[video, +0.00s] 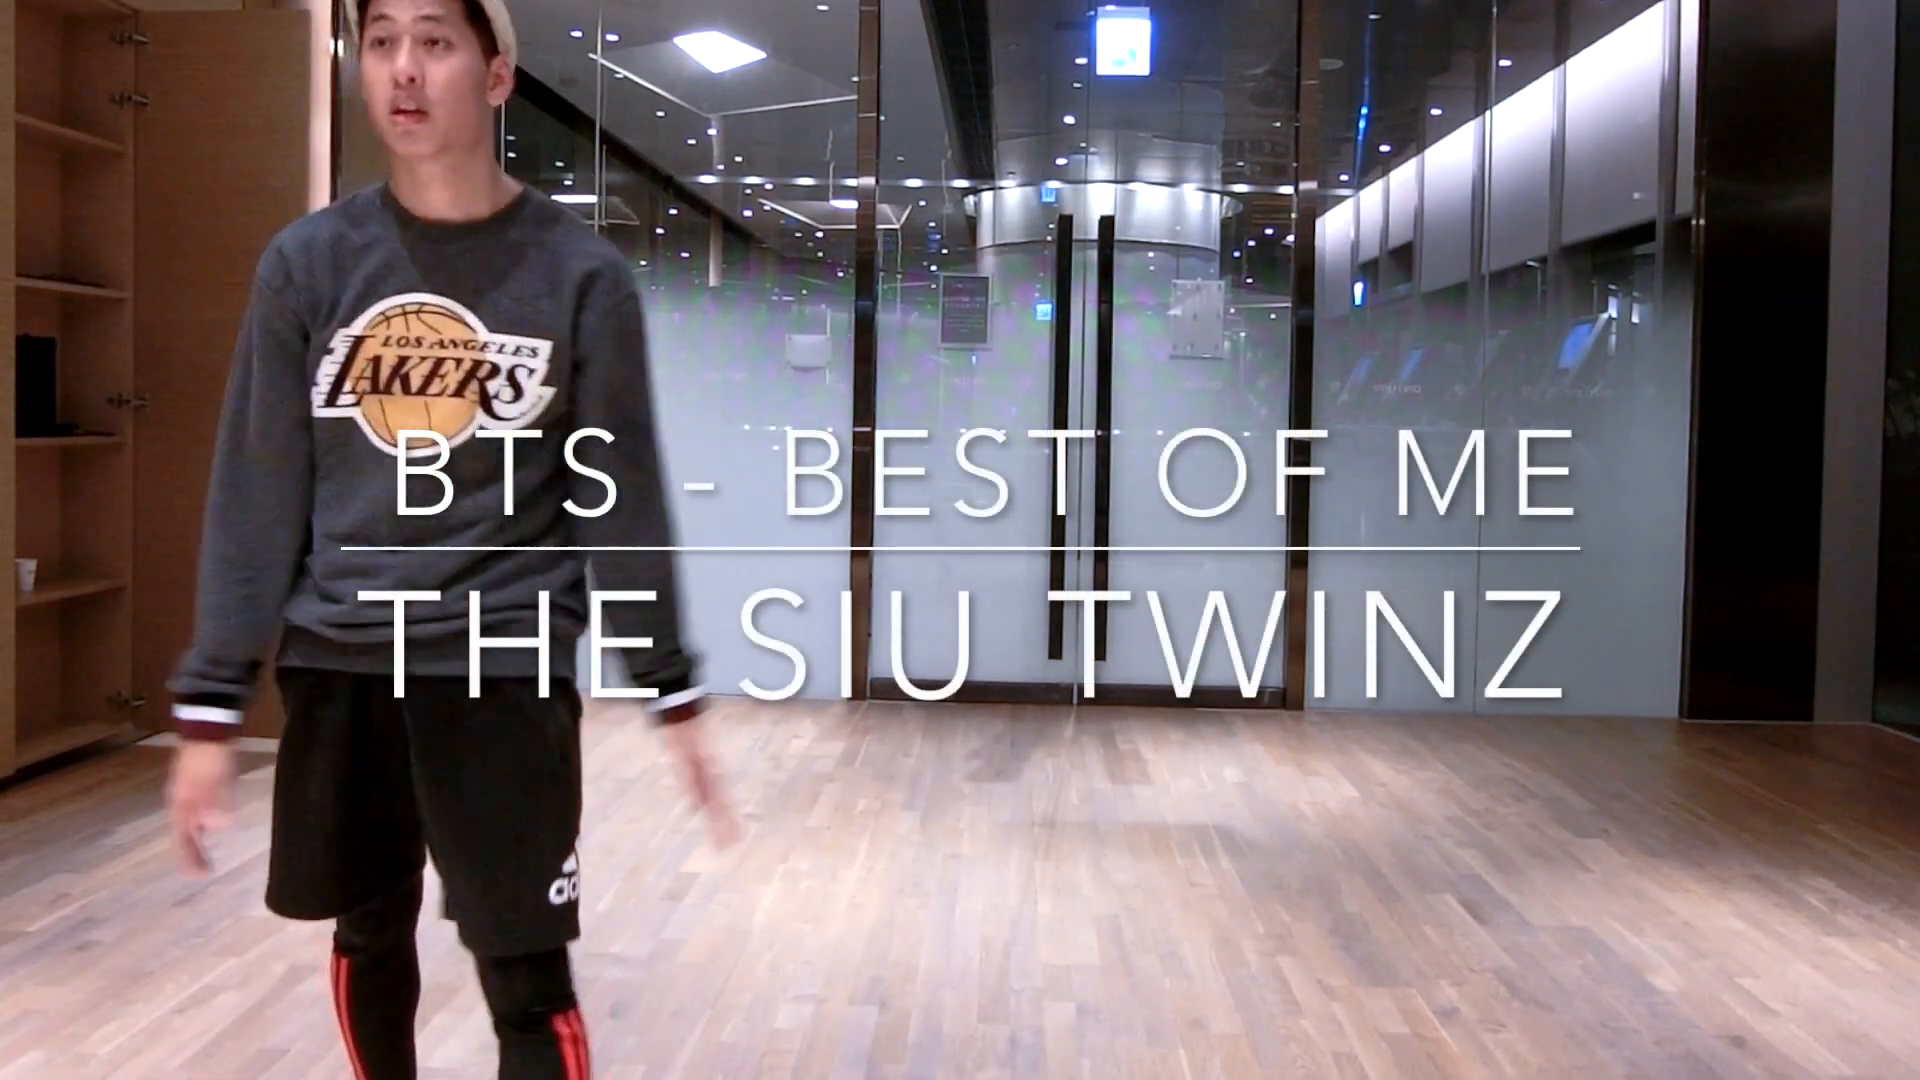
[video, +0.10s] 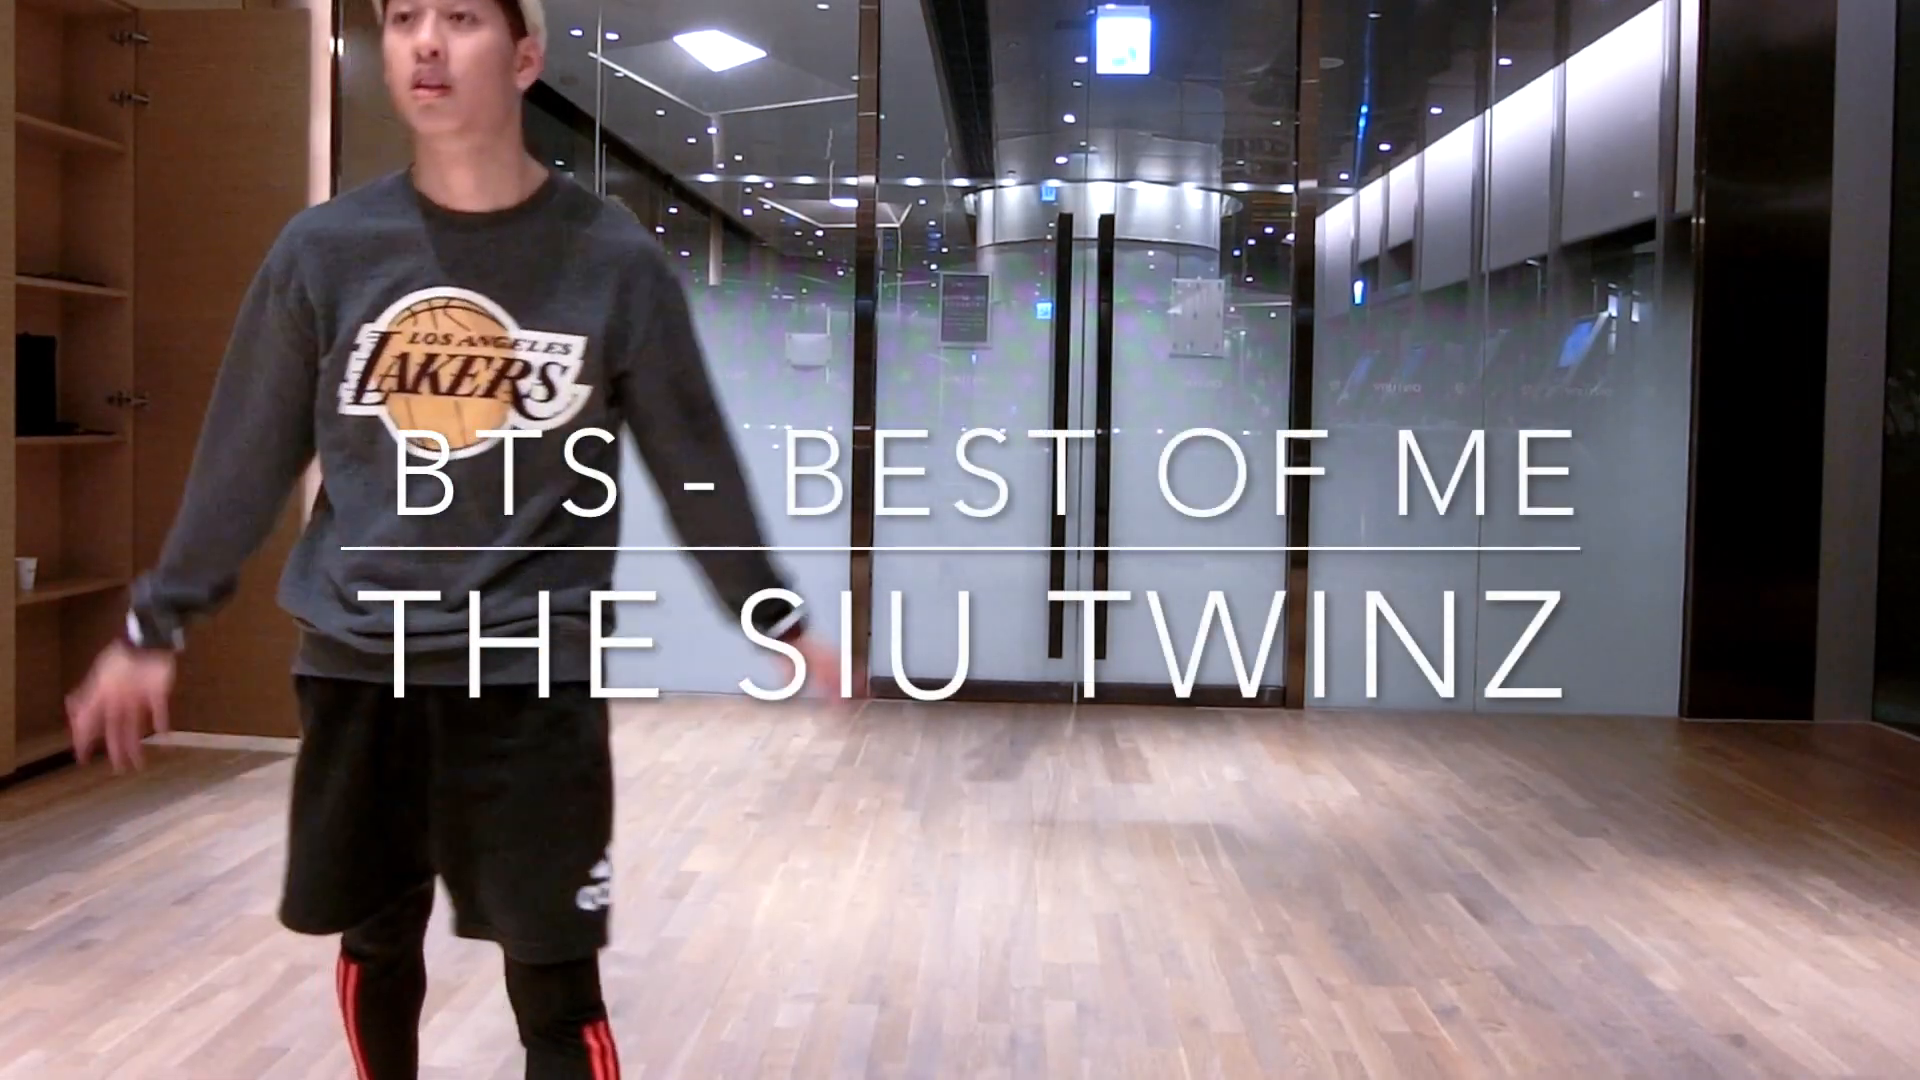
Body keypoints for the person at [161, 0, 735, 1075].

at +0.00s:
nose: (406, 72)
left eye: (437, 44)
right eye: (383, 45)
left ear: (497, 76)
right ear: (356, 77)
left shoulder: (579, 268)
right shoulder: (306, 262)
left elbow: (623, 494)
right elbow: (254, 496)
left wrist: (674, 698)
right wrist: (206, 714)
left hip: (508, 674)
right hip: (343, 671)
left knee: (524, 979)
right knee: (368, 947)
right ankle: (385, 1079)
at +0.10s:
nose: (426, 42)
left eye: (459, 19)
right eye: (405, 20)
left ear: (526, 56)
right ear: (380, 51)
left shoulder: (613, 258)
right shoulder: (323, 247)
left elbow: (695, 463)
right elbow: (242, 458)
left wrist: (777, 620)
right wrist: (153, 630)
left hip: (535, 673)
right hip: (362, 668)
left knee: (555, 990)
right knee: (376, 958)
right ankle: (384, 1079)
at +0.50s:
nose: (591, 11)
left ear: (685, 17)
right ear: (526, 21)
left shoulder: (754, 243)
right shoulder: (431, 204)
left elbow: (833, 489)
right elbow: (323, 444)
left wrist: (909, 718)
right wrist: (221, 672)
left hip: (636, 692)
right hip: (441, 687)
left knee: (618, 1031)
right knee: (396, 1022)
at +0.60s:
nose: (614, 3)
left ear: (710, 15)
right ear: (554, 10)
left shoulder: (772, 234)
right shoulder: (456, 193)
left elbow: (824, 495)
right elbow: (376, 463)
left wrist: (829, 725)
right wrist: (363, 679)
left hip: (661, 704)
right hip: (461, 698)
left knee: (630, 1036)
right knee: (414, 1043)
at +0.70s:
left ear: (727, 16)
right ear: (574, 8)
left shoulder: (785, 219)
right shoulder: (468, 176)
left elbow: (844, 447)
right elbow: (388, 437)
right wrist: (481, 572)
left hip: (675, 697)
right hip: (481, 691)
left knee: (637, 1036)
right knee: (439, 1039)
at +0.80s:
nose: (651, 21)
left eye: (688, 5)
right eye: (641, 1)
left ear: (744, 24)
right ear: (602, 14)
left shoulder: (779, 183)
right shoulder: (472, 168)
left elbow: (893, 389)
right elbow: (381, 426)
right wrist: (508, 477)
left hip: (692, 688)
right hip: (498, 681)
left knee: (644, 1043)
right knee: (474, 1047)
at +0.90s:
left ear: (746, 15)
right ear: (594, 3)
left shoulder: (782, 188)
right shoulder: (471, 174)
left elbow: (935, 251)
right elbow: (374, 419)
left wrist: (862, 20)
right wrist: (472, 485)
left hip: (707, 699)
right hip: (511, 699)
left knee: (655, 1040)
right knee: (511, 1056)